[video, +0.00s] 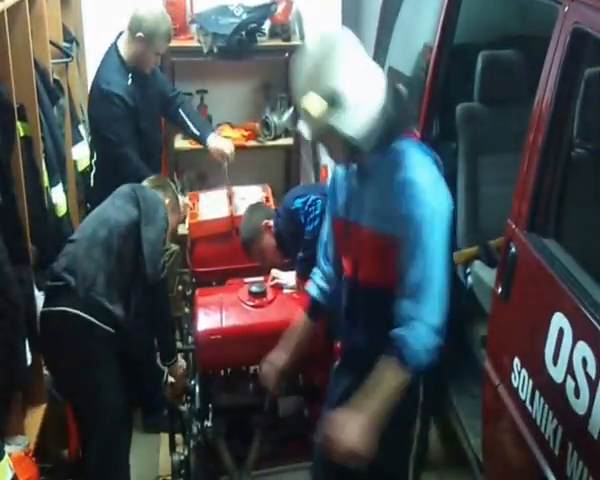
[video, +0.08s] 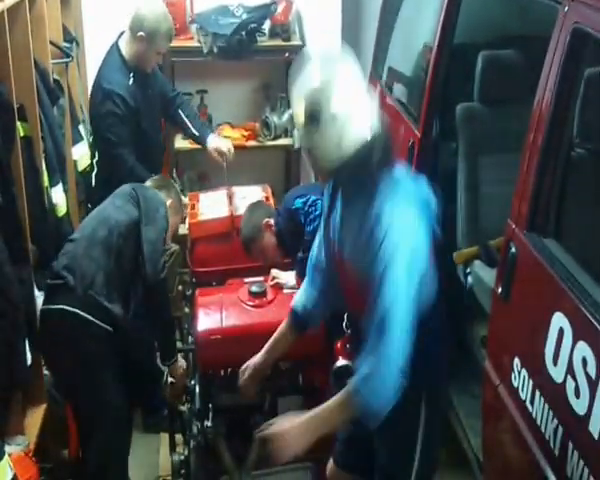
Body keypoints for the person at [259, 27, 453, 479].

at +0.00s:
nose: (324, 143)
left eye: (329, 130)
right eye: (319, 131)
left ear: (358, 119)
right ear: (319, 125)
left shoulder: (415, 177)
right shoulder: (344, 170)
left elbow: (424, 318)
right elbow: (326, 275)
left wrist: (365, 410)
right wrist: (285, 350)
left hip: (402, 359)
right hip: (353, 352)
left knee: (386, 468)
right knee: (332, 457)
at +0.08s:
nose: (305, 140)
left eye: (315, 124)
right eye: (303, 126)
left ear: (351, 120)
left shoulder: (398, 205)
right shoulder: (344, 190)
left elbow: (390, 358)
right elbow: (316, 290)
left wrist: (312, 425)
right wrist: (266, 358)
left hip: (415, 371)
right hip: (370, 357)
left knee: (399, 470)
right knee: (344, 469)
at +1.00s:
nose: (300, 157)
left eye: (305, 142)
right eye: (299, 144)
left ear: (329, 130)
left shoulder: (378, 197)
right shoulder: (341, 189)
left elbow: (362, 331)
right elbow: (312, 268)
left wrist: (292, 411)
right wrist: (262, 323)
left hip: (404, 359)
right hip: (366, 348)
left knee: (395, 463)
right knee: (359, 457)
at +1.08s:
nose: (303, 183)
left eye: (308, 171)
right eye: (300, 171)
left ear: (336, 155)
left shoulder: (376, 214)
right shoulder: (337, 206)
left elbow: (362, 364)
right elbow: (305, 282)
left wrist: (293, 434)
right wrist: (255, 338)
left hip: (406, 379)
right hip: (367, 364)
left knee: (392, 468)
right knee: (355, 464)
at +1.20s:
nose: (309, 175)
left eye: (314, 161)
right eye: (306, 163)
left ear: (340, 145)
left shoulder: (392, 207)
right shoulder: (338, 196)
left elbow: (394, 339)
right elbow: (313, 284)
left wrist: (346, 443)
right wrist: (273, 349)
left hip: (394, 381)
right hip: (354, 366)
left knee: (386, 470)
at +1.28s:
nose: (324, 146)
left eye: (328, 132)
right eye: (316, 135)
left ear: (358, 110)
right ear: (310, 123)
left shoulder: (408, 167)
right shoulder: (336, 175)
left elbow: (432, 303)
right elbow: (332, 275)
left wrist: (418, 424)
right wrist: (315, 347)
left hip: (398, 363)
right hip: (348, 362)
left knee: (387, 466)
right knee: (341, 464)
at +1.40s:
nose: (345, 133)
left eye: (357, 118)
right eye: (335, 121)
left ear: (378, 114)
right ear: (324, 123)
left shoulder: (421, 174)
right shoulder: (340, 179)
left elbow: (459, 303)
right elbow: (343, 276)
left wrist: (461, 428)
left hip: (402, 380)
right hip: (340, 371)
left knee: (384, 470)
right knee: (321, 467)